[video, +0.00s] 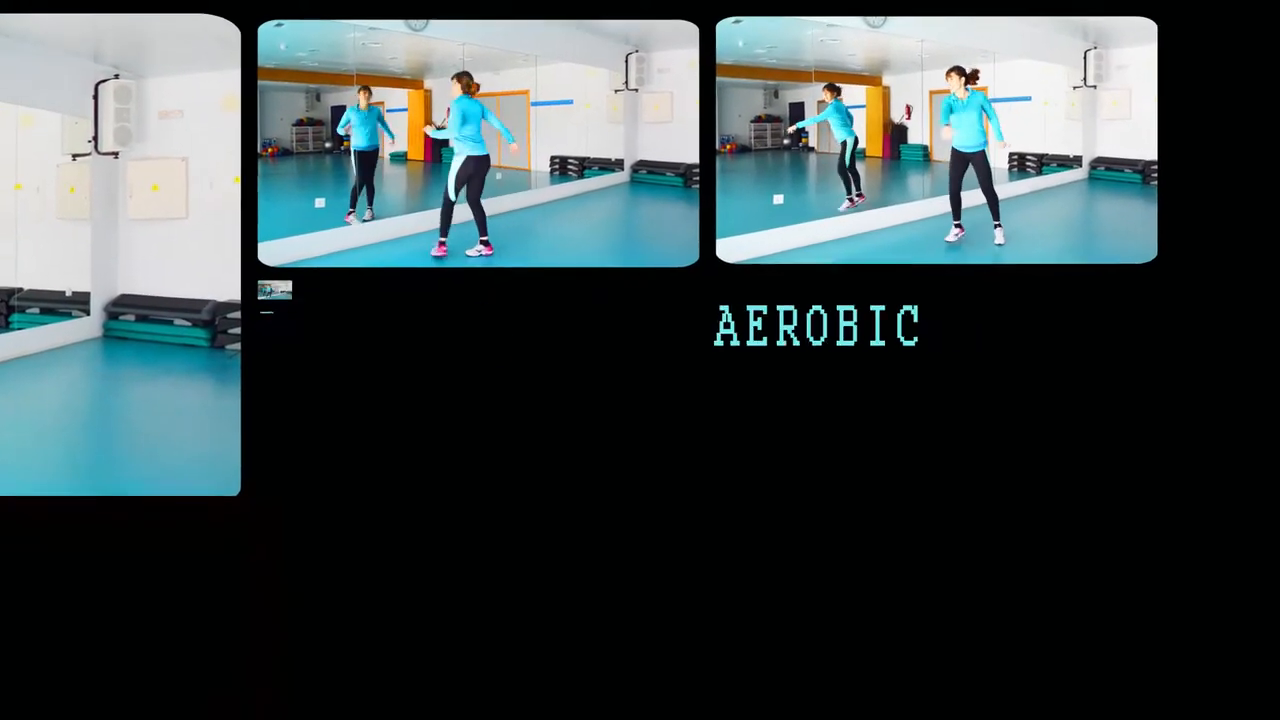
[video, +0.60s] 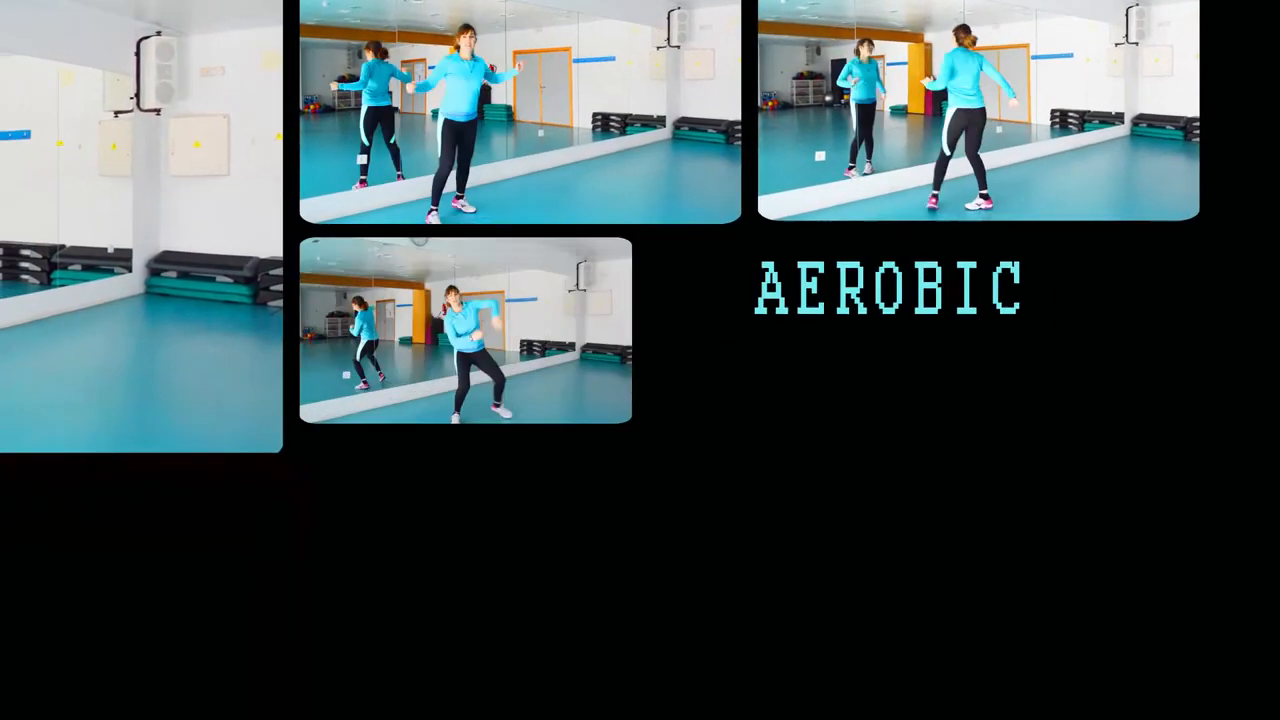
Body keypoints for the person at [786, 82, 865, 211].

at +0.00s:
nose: (824, 96)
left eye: (825, 93)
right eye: (824, 94)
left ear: (832, 93)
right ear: (833, 94)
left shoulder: (832, 107)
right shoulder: (841, 105)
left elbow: (816, 119)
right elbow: (850, 117)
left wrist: (797, 125)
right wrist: (848, 130)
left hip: (847, 139)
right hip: (851, 138)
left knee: (842, 168)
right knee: (851, 167)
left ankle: (850, 198)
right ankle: (859, 194)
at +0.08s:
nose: (829, 93)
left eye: (830, 90)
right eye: (828, 90)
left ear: (836, 90)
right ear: (837, 90)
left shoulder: (839, 102)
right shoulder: (842, 101)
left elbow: (823, 113)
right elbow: (852, 112)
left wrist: (802, 120)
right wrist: (846, 123)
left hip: (853, 136)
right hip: (852, 135)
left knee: (843, 163)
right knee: (856, 163)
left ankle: (843, 195)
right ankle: (866, 189)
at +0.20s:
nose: (834, 85)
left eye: (836, 83)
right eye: (834, 83)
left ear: (843, 83)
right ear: (838, 83)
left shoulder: (846, 94)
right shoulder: (843, 95)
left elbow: (841, 109)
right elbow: (843, 110)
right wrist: (840, 115)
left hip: (857, 130)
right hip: (853, 130)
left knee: (844, 157)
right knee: (858, 155)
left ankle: (842, 189)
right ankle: (873, 179)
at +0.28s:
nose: (838, 77)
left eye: (840, 74)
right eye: (838, 74)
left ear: (847, 75)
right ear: (839, 76)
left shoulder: (851, 87)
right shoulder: (844, 89)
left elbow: (862, 97)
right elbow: (844, 102)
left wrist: (873, 107)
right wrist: (835, 103)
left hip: (859, 123)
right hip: (851, 124)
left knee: (847, 151)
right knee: (852, 152)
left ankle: (847, 183)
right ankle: (870, 170)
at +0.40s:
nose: (845, 65)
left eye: (848, 63)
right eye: (844, 63)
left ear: (854, 65)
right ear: (844, 65)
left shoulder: (860, 78)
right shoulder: (845, 80)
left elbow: (877, 88)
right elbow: (844, 95)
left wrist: (896, 98)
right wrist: (829, 95)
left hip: (864, 116)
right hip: (851, 117)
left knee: (855, 145)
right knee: (845, 146)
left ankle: (856, 174)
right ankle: (859, 163)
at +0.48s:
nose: (853, 59)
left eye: (855, 56)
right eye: (851, 56)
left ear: (861, 58)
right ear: (848, 59)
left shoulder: (868, 72)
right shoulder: (846, 74)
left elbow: (883, 84)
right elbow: (839, 88)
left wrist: (896, 94)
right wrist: (831, 92)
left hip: (867, 110)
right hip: (852, 111)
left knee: (862, 140)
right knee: (850, 140)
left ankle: (862, 169)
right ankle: (849, 167)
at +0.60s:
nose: (870, 48)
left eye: (871, 46)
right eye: (867, 46)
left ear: (872, 49)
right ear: (860, 48)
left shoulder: (874, 63)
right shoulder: (852, 63)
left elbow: (878, 79)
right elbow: (839, 81)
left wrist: (883, 90)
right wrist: (850, 83)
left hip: (871, 100)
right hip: (857, 101)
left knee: (869, 133)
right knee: (859, 134)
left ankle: (869, 163)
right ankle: (851, 167)